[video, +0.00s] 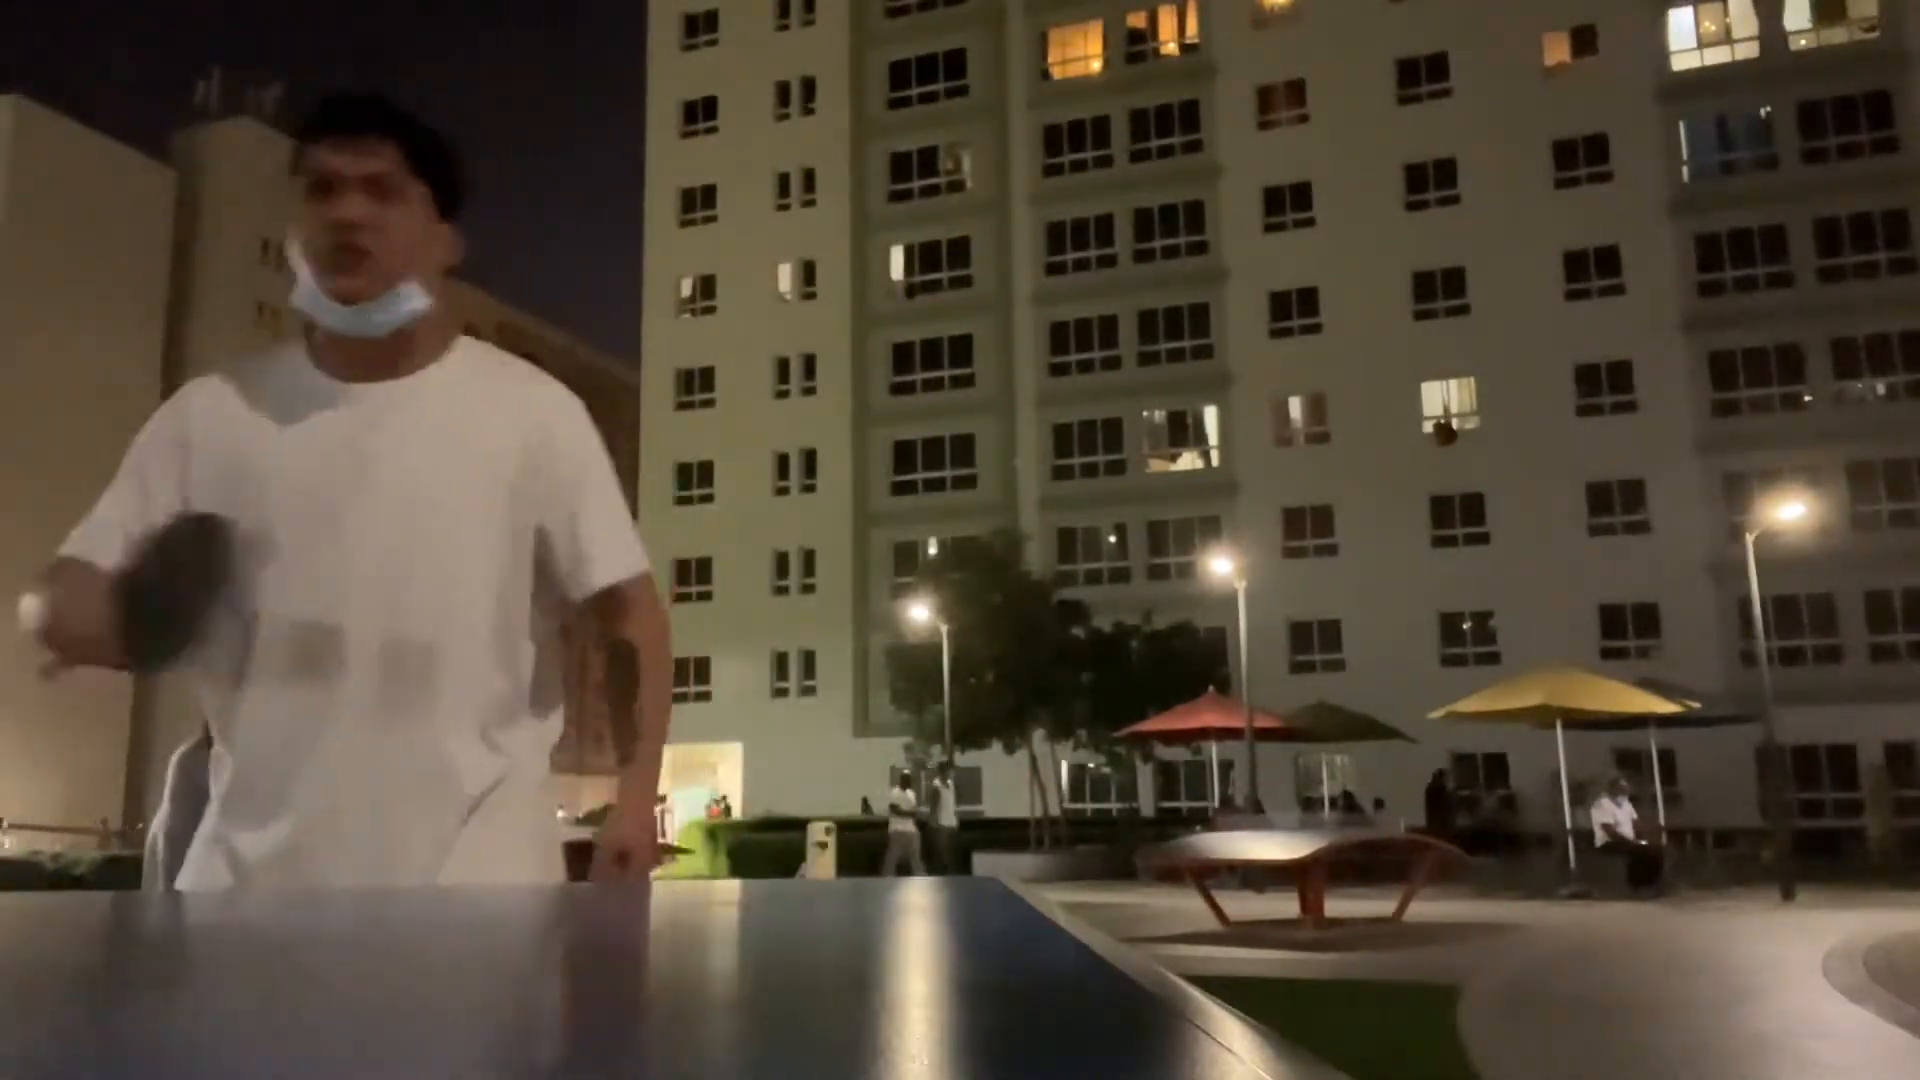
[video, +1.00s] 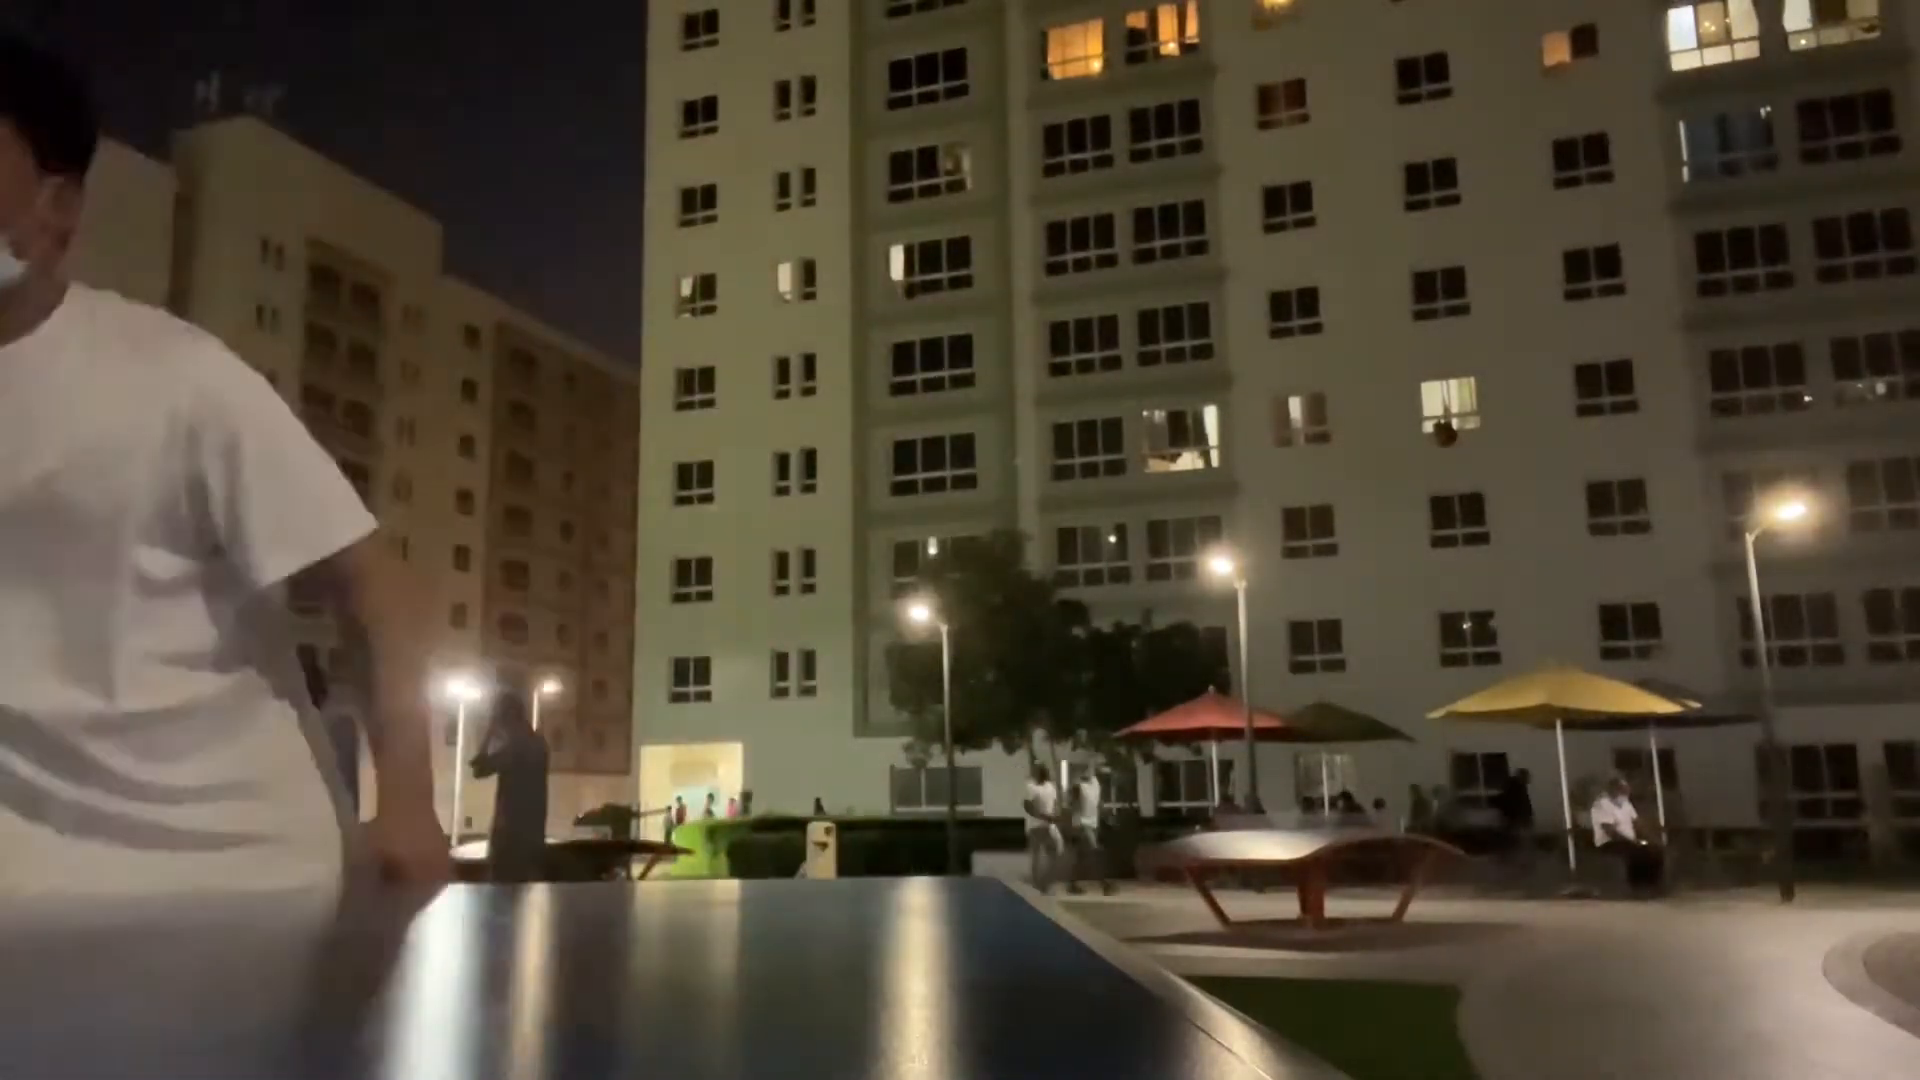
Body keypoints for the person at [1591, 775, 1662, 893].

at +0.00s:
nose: (1625, 790)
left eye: (1626, 787)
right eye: (1622, 787)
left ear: (1628, 788)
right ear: (1613, 788)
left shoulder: (1625, 802)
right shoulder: (1603, 804)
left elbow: (1635, 821)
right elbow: (1609, 829)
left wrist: (1646, 834)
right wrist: (1632, 842)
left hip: (1629, 839)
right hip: (1609, 842)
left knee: (1653, 850)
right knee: (1639, 852)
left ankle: (1650, 885)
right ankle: (1637, 887)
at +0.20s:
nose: (1625, 791)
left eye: (1626, 788)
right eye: (1622, 788)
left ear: (1627, 789)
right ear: (1614, 789)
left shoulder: (1624, 802)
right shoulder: (1603, 804)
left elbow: (1636, 821)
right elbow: (1609, 829)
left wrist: (1648, 834)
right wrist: (1632, 842)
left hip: (1628, 840)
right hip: (1608, 842)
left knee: (1652, 850)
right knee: (1636, 853)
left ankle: (1652, 886)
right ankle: (1636, 888)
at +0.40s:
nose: (1625, 792)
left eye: (1626, 788)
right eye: (1622, 788)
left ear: (1627, 789)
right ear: (1613, 789)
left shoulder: (1624, 803)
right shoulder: (1602, 804)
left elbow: (1636, 821)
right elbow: (1609, 829)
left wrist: (1648, 835)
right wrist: (1632, 842)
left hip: (1628, 840)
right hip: (1609, 842)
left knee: (1652, 851)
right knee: (1636, 853)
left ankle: (1652, 887)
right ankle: (1636, 888)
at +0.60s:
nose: (1625, 791)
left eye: (1626, 788)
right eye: (1621, 788)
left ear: (1627, 789)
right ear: (1613, 789)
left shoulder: (1624, 802)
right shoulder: (1602, 804)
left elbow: (1636, 821)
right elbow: (1609, 829)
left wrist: (1648, 835)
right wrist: (1632, 842)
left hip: (1629, 840)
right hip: (1609, 842)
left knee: (1653, 850)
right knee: (1638, 853)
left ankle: (1651, 886)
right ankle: (1638, 888)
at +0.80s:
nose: (1625, 792)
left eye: (1626, 788)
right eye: (1621, 788)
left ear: (1628, 789)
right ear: (1613, 789)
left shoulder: (1625, 803)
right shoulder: (1602, 804)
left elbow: (1636, 821)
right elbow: (1609, 829)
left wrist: (1647, 836)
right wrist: (1632, 842)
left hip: (1629, 840)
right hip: (1609, 842)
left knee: (1653, 851)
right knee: (1636, 853)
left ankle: (1652, 887)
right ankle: (1638, 888)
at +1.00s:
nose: (1625, 792)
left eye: (1626, 789)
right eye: (1622, 789)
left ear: (1627, 789)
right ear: (1614, 790)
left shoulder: (1624, 802)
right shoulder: (1602, 804)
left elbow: (1636, 821)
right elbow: (1609, 829)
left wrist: (1649, 834)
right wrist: (1632, 842)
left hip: (1629, 840)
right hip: (1609, 842)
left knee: (1654, 850)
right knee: (1638, 854)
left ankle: (1651, 888)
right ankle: (1638, 889)